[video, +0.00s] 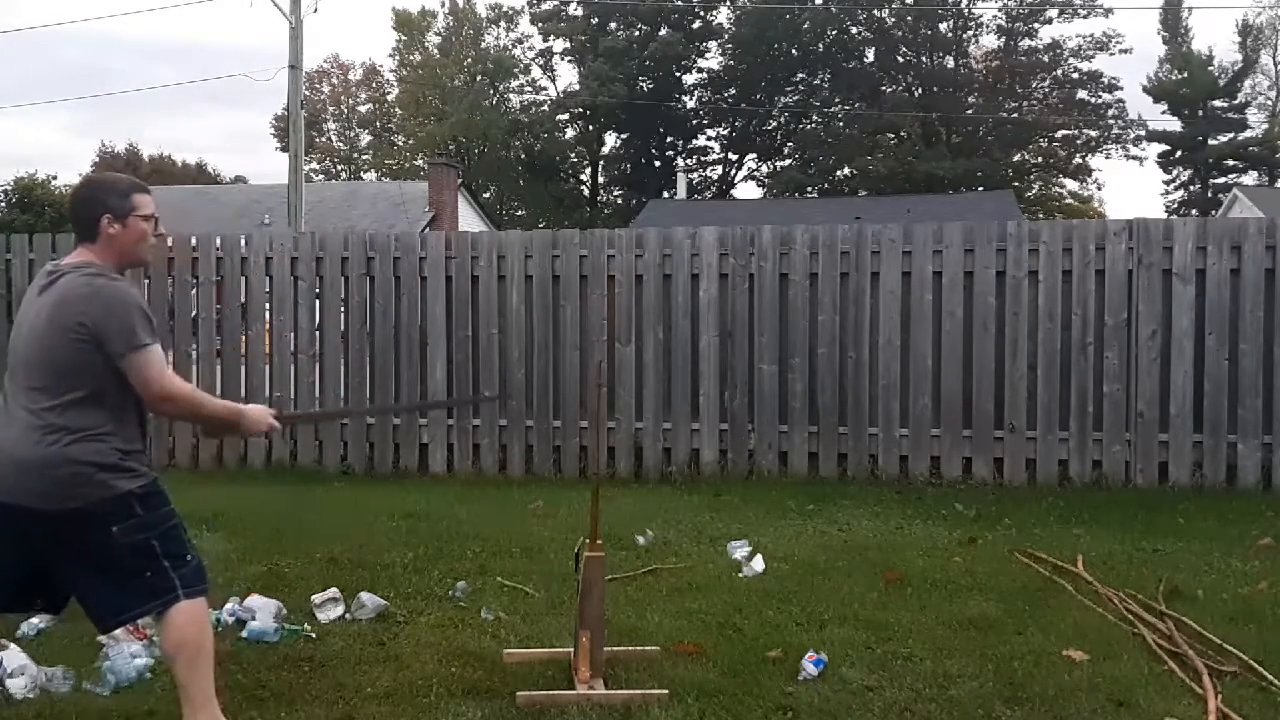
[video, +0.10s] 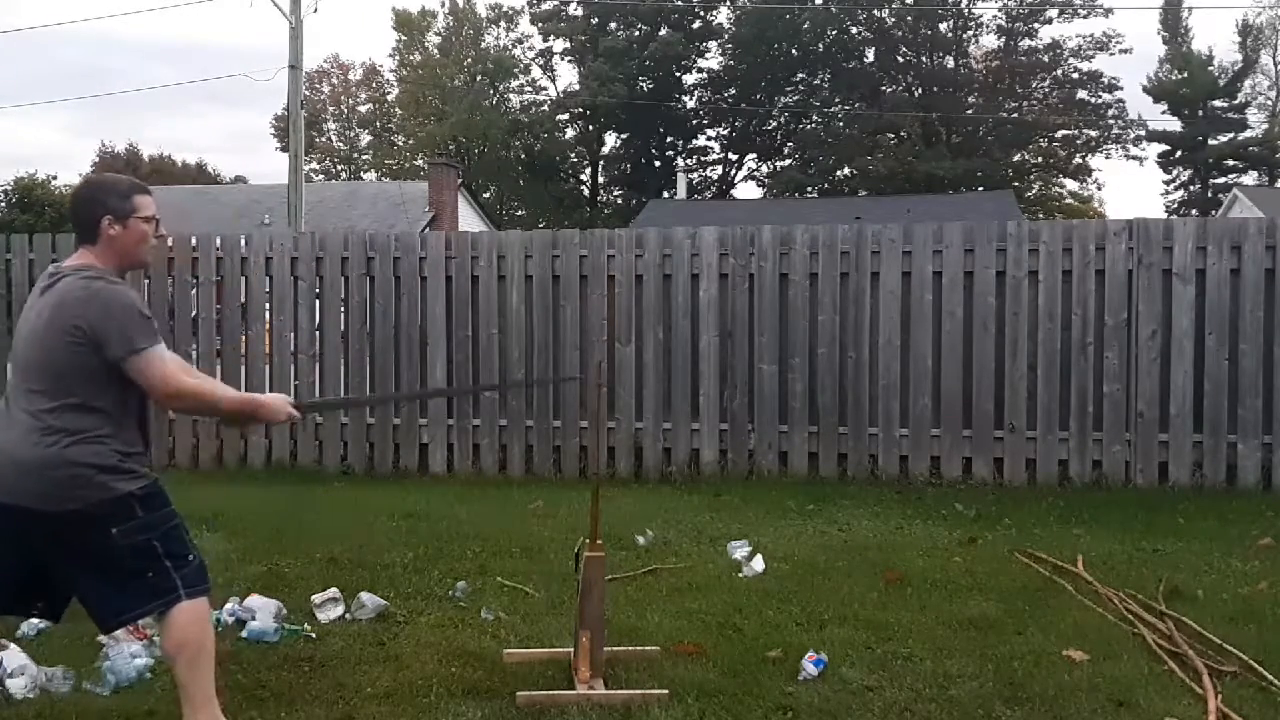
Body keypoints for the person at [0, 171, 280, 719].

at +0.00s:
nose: (156, 230)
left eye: (154, 219)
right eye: (148, 219)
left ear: (101, 227)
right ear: (110, 225)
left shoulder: (48, 282)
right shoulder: (109, 293)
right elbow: (161, 392)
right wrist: (240, 415)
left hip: (19, 478)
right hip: (95, 479)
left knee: (9, 602)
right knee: (182, 589)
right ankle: (204, 712)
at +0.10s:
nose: (158, 232)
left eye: (157, 221)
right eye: (149, 221)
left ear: (101, 228)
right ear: (110, 226)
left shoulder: (51, 285)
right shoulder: (107, 297)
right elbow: (171, 386)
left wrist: (213, 390)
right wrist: (255, 404)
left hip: (19, 479)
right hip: (95, 480)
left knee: (9, 604)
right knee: (184, 589)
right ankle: (204, 712)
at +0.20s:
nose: (161, 236)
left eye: (160, 224)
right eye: (152, 224)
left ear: (104, 230)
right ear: (112, 228)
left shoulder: (57, 287)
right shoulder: (111, 301)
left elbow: (164, 354)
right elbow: (181, 382)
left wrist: (249, 389)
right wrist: (272, 399)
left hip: (21, 481)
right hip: (97, 482)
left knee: (9, 605)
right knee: (185, 591)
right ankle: (204, 712)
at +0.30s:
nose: (165, 240)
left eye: (163, 228)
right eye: (156, 228)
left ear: (110, 234)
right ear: (116, 232)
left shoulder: (61, 291)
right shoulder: (112, 304)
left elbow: (183, 351)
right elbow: (189, 381)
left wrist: (261, 385)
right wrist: (281, 393)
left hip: (18, 485)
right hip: (97, 485)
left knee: (5, 609)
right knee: (187, 591)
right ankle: (204, 712)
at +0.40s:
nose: (164, 244)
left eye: (162, 233)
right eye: (155, 233)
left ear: (111, 238)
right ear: (116, 236)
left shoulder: (62, 293)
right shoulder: (107, 307)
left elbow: (179, 341)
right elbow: (192, 379)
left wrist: (266, 369)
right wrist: (287, 376)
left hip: (21, 489)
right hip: (97, 488)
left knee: (9, 610)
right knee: (186, 589)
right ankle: (203, 711)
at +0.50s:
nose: (161, 245)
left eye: (160, 234)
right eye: (152, 234)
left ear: (111, 240)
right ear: (113, 239)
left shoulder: (78, 287)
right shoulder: (103, 305)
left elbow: (190, 327)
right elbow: (194, 367)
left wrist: (273, 339)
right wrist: (285, 344)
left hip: (23, 490)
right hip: (95, 488)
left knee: (10, 610)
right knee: (185, 590)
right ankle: (204, 711)